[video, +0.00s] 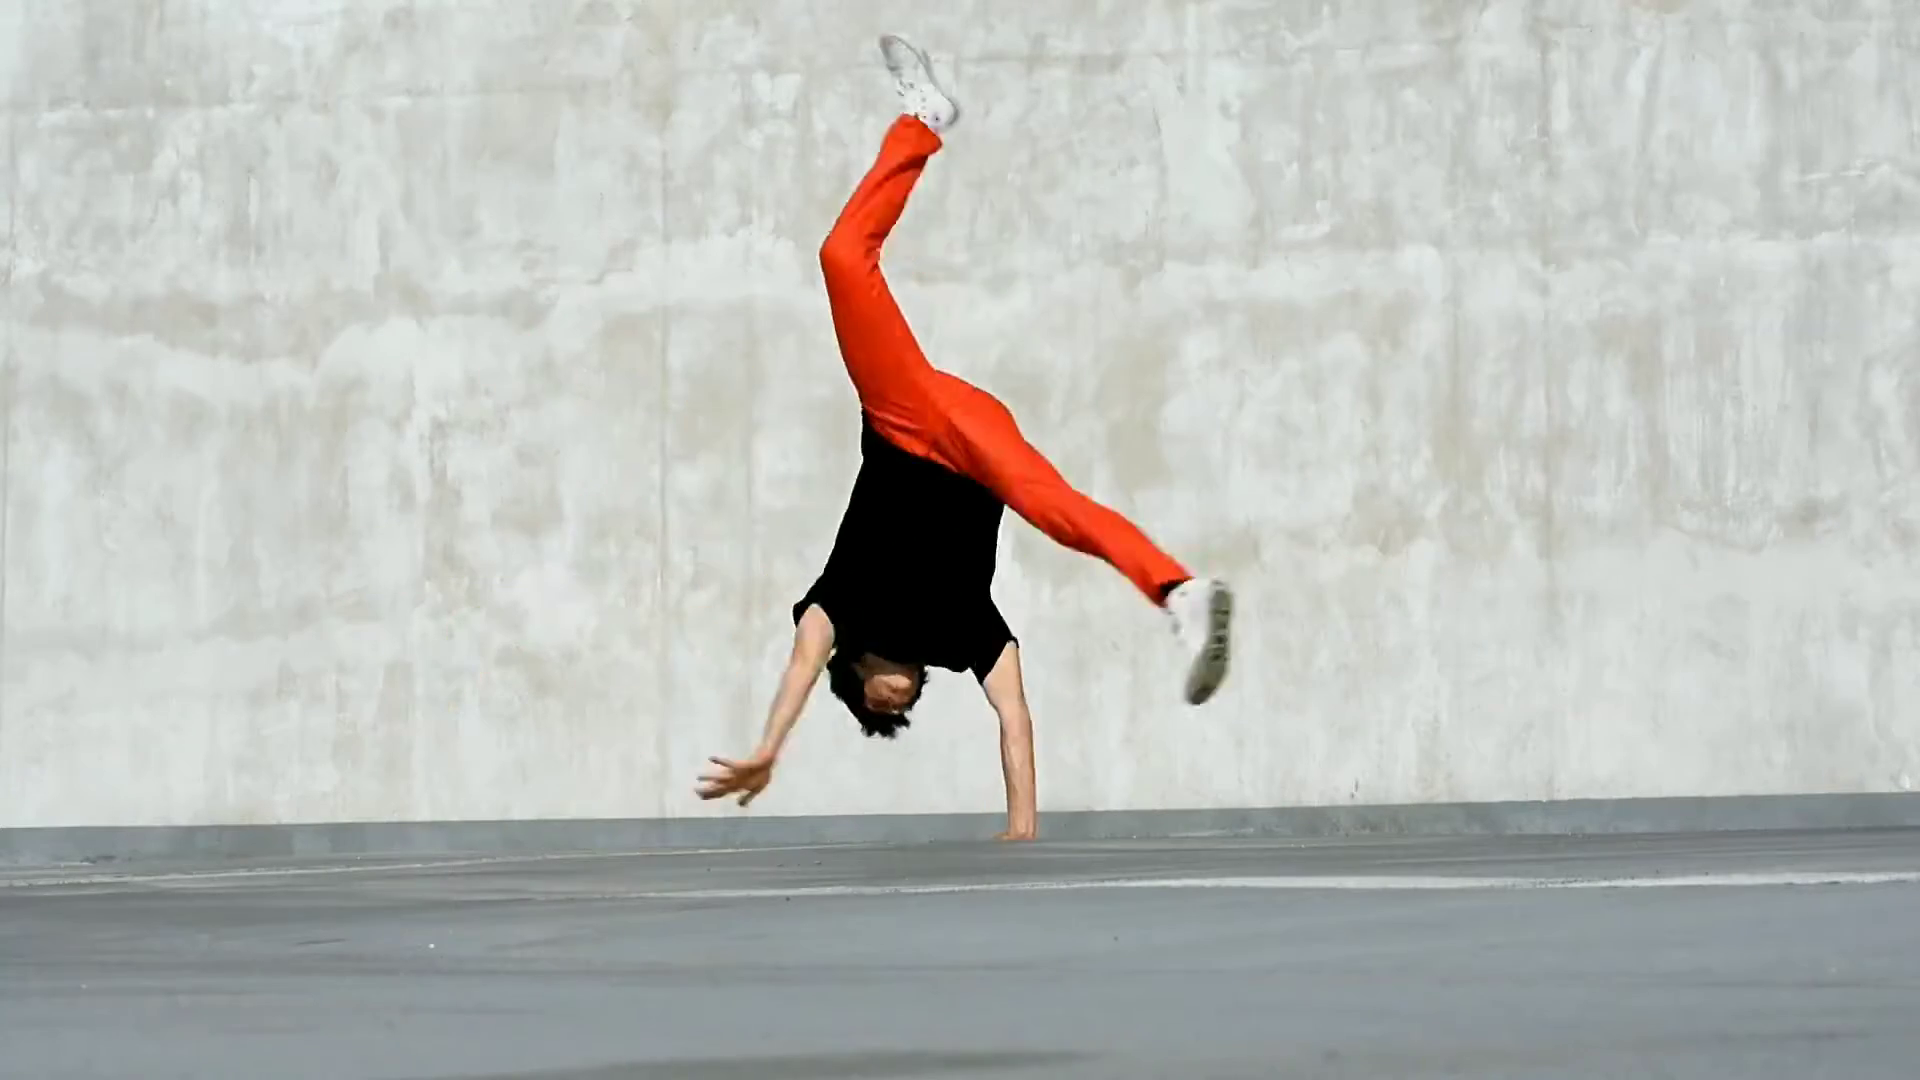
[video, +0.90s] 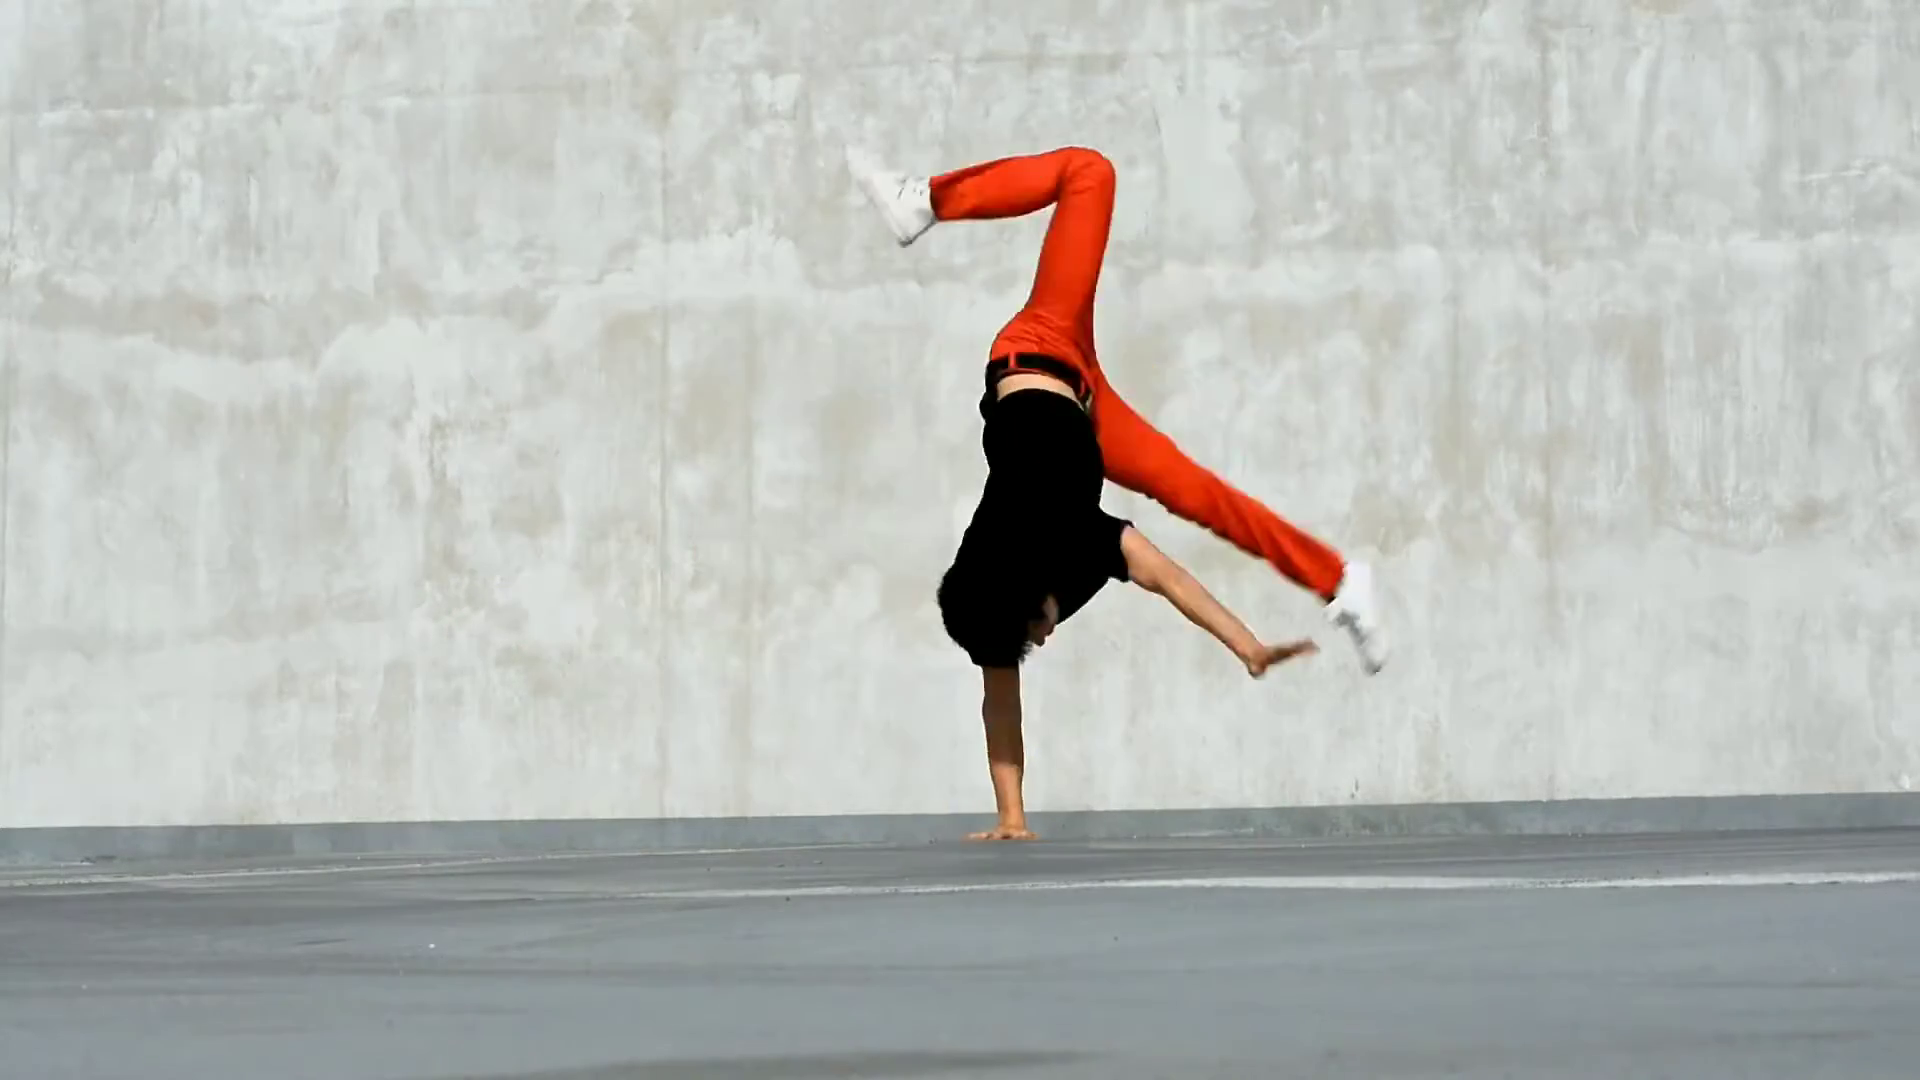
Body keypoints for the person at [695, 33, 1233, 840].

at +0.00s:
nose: (904, 703)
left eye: (889, 708)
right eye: (901, 710)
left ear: (863, 678)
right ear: (908, 681)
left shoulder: (834, 609)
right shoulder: (979, 635)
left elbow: (805, 668)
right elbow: (1013, 724)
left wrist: (766, 753)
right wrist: (1023, 827)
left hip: (895, 410)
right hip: (976, 420)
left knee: (844, 252)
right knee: (1069, 514)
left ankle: (923, 120)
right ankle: (1184, 593)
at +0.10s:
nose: (880, 711)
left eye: (867, 710)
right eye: (868, 714)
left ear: (846, 669)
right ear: (887, 671)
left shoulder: (855, 622)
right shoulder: (970, 635)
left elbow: (881, 695)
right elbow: (1008, 731)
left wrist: (906, 805)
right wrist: (1022, 836)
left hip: (925, 407)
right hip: (991, 420)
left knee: (866, 270)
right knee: (1150, 463)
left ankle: (822, 103)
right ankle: (1335, 508)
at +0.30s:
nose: (887, 685)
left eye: (871, 679)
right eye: (875, 683)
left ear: (862, 651)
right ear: (875, 643)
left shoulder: (901, 608)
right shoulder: (928, 607)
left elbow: (926, 707)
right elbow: (979, 696)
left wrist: (932, 823)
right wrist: (1006, 805)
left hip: (957, 380)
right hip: (958, 356)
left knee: (1080, 508)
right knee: (1068, 330)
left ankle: (1212, 626)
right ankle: (1110, 174)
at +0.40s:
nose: (888, 673)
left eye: (879, 671)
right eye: (875, 675)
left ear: (875, 647)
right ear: (854, 629)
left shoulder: (940, 609)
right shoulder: (869, 573)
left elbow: (951, 712)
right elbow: (873, 638)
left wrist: (935, 823)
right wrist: (865, 696)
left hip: (1043, 403)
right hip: (975, 372)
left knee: (1138, 540)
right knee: (957, 301)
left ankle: (1270, 634)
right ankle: (980, 223)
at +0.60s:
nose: (820, 514)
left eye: (810, 527)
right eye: (826, 533)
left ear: (830, 547)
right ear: (855, 559)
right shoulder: (911, 499)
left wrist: (830, 763)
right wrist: (874, 626)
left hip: (1037, 365)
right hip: (1064, 366)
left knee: (1112, 294)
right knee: (1147, 196)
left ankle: (1229, 248)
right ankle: (1303, 104)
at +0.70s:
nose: (925, 541)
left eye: (907, 541)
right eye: (921, 560)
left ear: (891, 524)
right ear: (923, 574)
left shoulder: (875, 469)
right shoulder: (1002, 559)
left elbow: (756, 471)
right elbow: (1021, 680)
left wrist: (657, 530)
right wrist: (1012, 798)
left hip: (1024, 334)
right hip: (1090, 378)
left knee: (995, 180)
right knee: (1222, 278)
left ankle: (1117, 257)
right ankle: (1360, 158)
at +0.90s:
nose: (1043, 640)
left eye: (1037, 631)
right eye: (1030, 644)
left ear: (1032, 601)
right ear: (1008, 621)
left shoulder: (1077, 545)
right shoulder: (987, 602)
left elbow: (1163, 577)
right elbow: (1000, 709)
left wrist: (1248, 648)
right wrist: (1012, 819)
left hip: (1040, 345)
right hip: (1077, 412)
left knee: (1085, 170)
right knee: (1201, 498)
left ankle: (926, 201)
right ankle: (1341, 582)